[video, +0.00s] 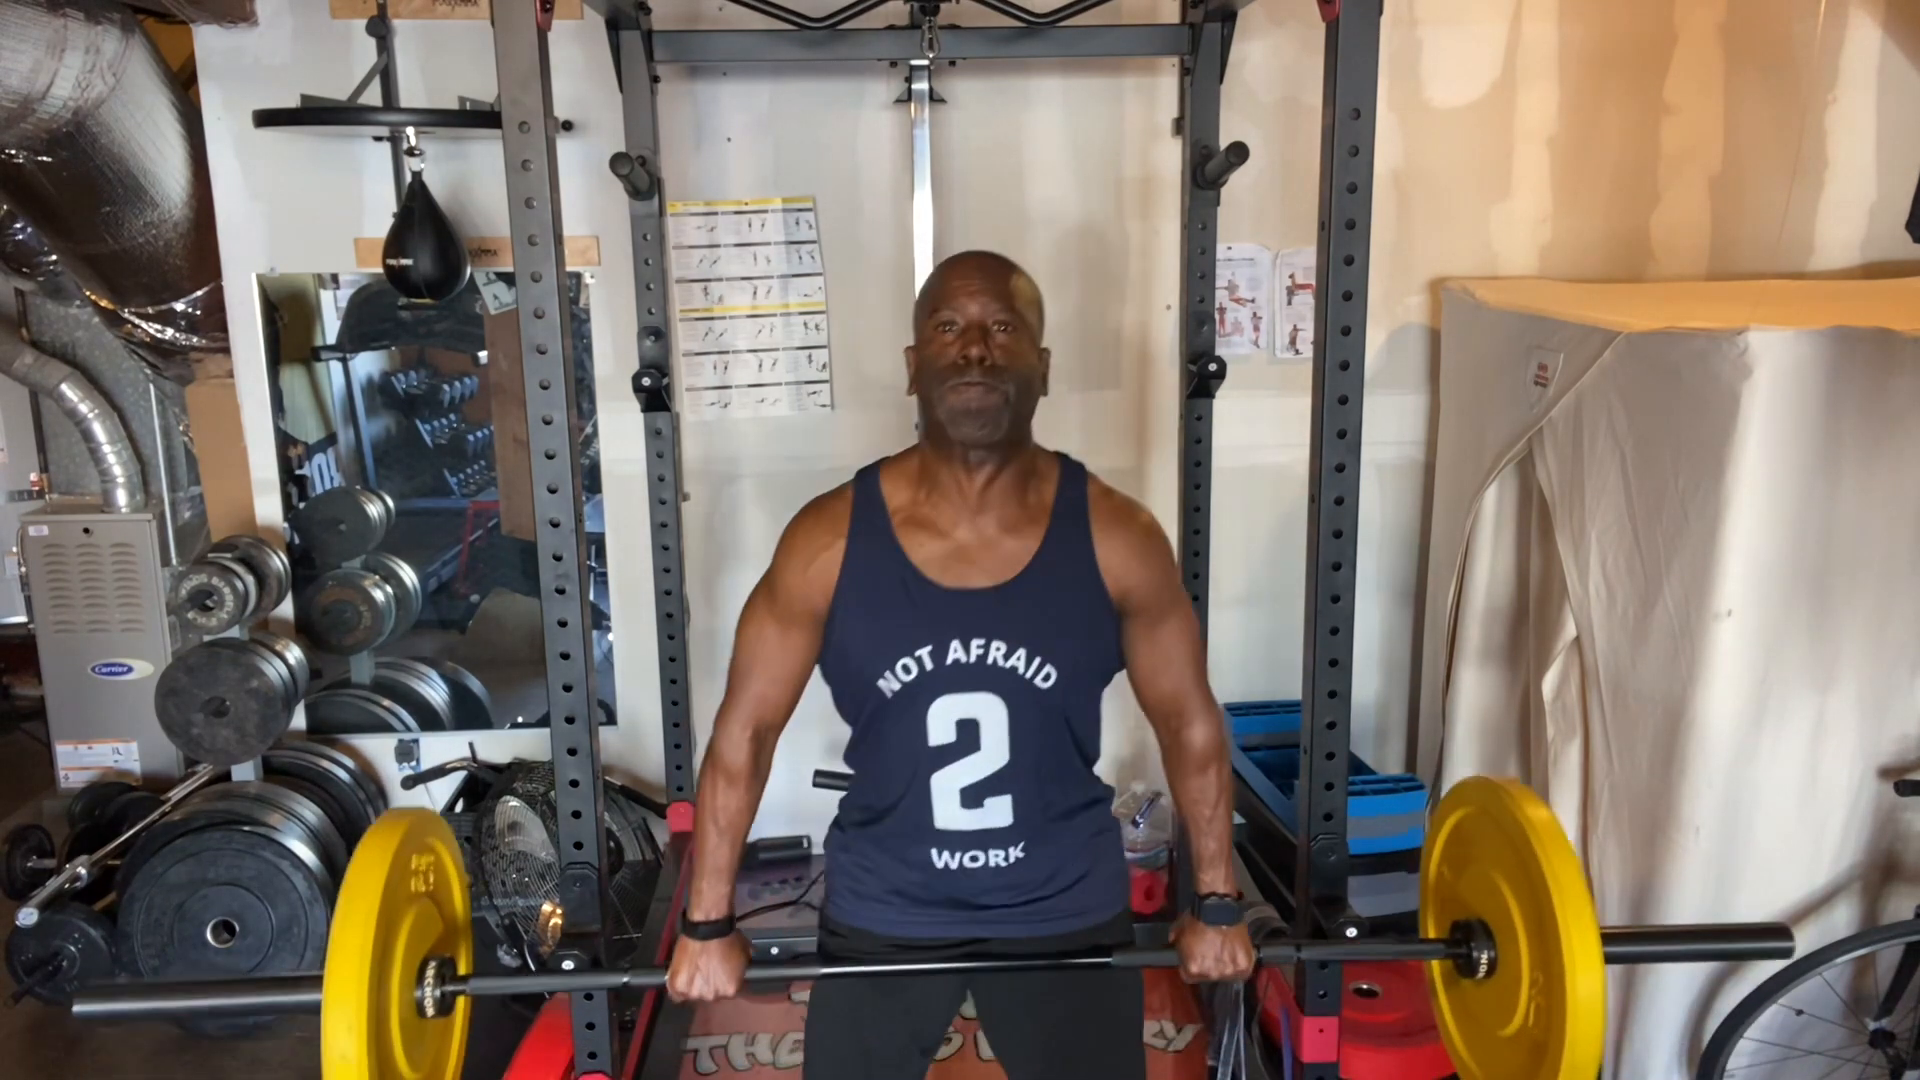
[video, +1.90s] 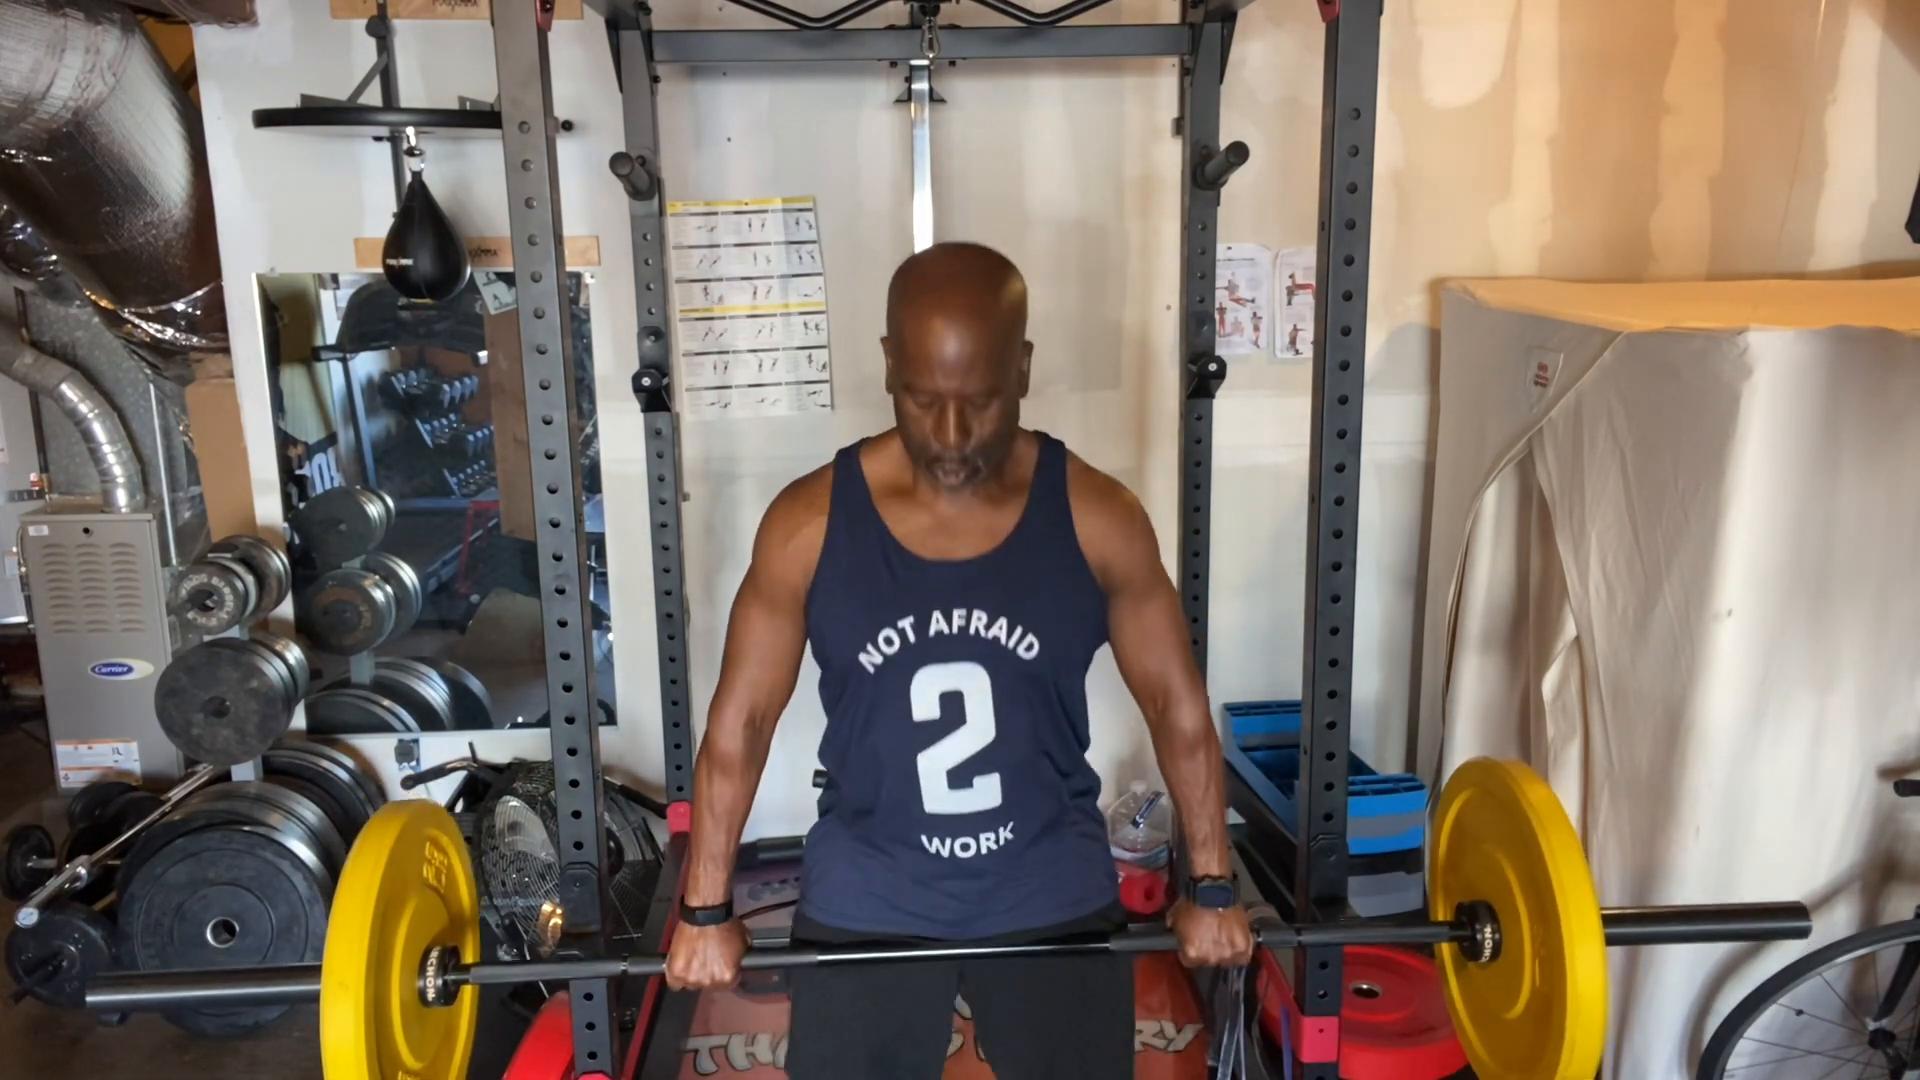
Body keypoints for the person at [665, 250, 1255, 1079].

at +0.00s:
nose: (974, 344)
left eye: (1001, 326)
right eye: (947, 327)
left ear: (1043, 365)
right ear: (912, 368)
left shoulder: (1117, 536)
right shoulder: (830, 537)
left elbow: (1188, 721)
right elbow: (743, 732)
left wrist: (1218, 897)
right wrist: (707, 918)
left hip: (1064, 915)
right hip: (884, 918)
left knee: (1095, 1064)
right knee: (848, 1065)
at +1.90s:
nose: (950, 434)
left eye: (978, 400)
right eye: (922, 399)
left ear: (1024, 367)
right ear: (888, 365)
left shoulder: (1099, 519)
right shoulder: (809, 523)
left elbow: (1176, 706)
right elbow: (741, 721)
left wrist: (1213, 885)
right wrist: (706, 904)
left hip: (1053, 909)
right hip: (866, 913)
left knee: (1075, 1063)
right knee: (847, 1065)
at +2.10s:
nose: (966, 554)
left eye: (994, 523)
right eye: (936, 522)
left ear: (1037, 460)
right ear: (892, 461)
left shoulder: (1107, 580)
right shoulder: (807, 585)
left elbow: (1185, 753)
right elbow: (735, 775)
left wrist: (1213, 924)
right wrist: (706, 946)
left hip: (1050, 895)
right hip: (872, 899)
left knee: (1093, 1067)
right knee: (841, 1069)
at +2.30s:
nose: (971, 664)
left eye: (999, 637)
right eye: (940, 638)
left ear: (1042, 573)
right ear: (895, 568)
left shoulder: (1112, 650)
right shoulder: (807, 659)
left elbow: (1188, 819)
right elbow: (730, 845)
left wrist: (1215, 988)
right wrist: (704, 1013)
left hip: (1050, 906)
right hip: (872, 912)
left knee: (1092, 1069)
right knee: (846, 1072)